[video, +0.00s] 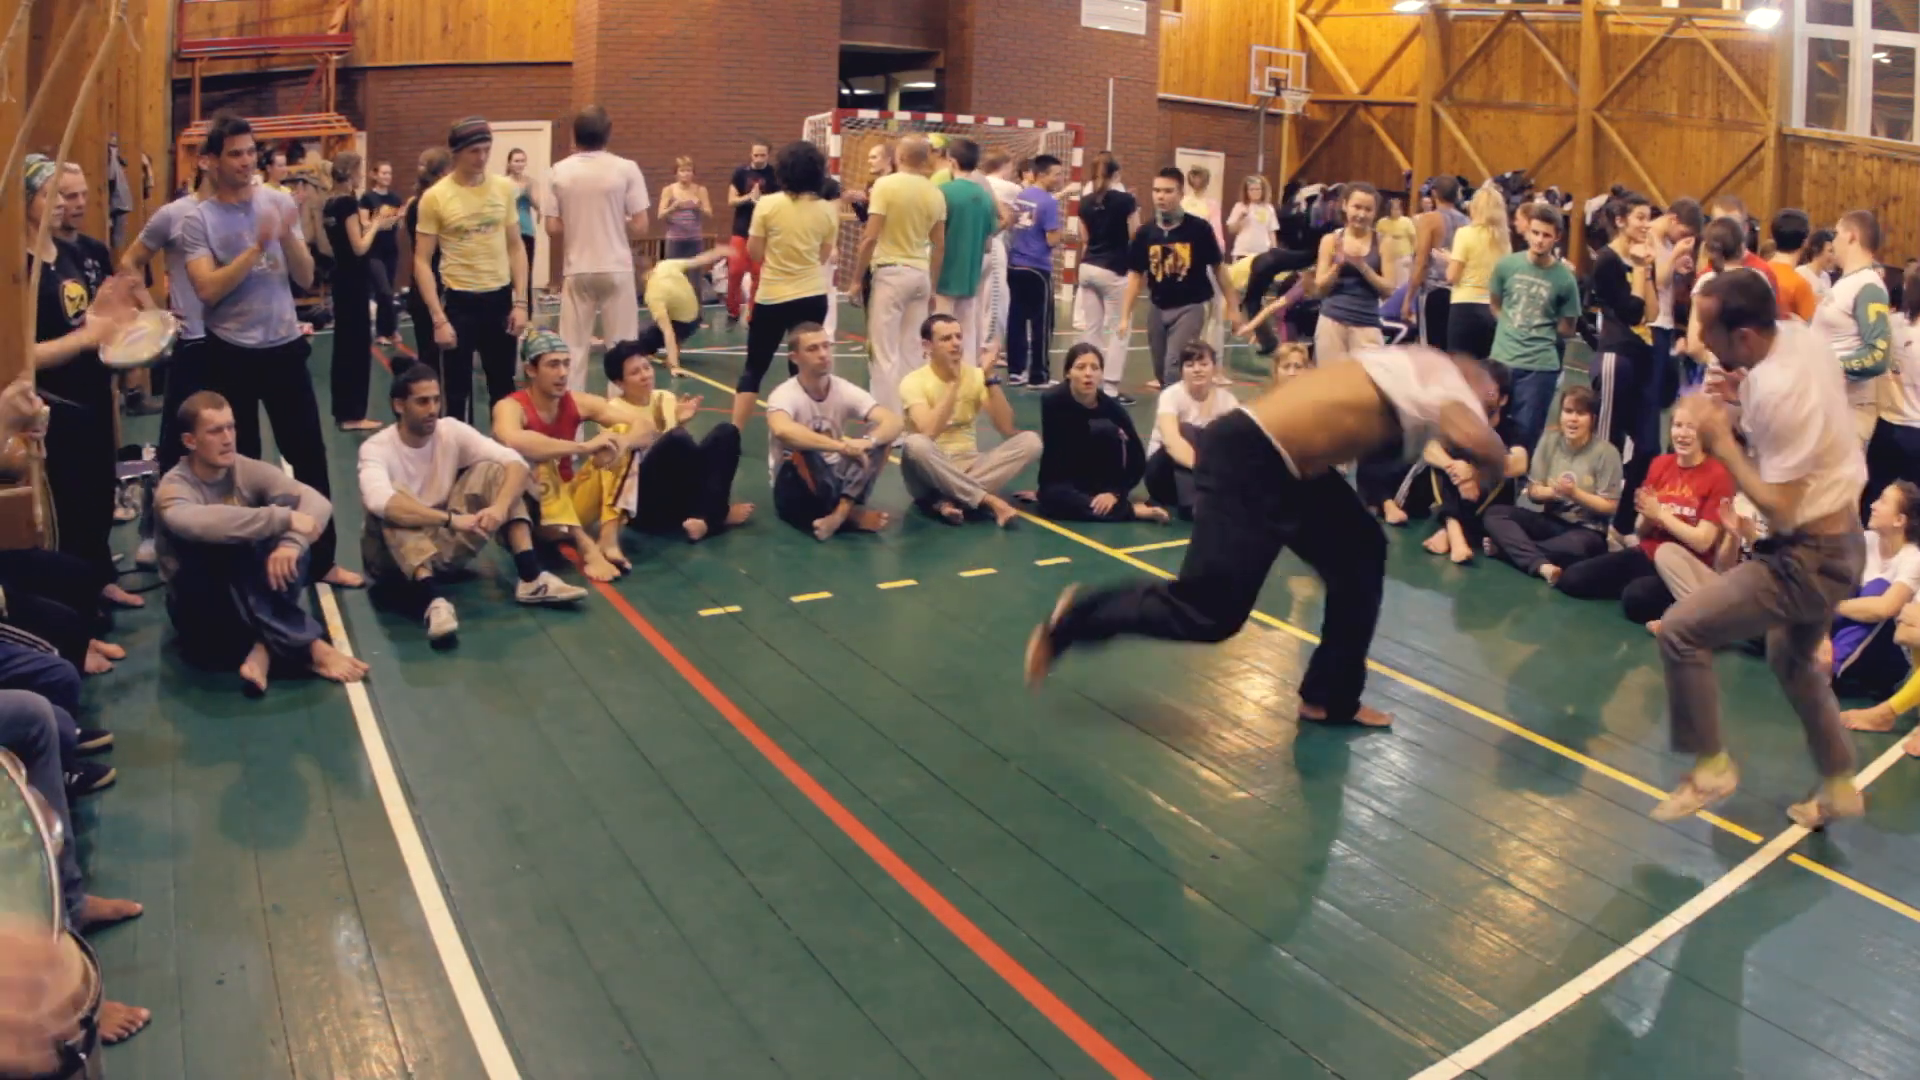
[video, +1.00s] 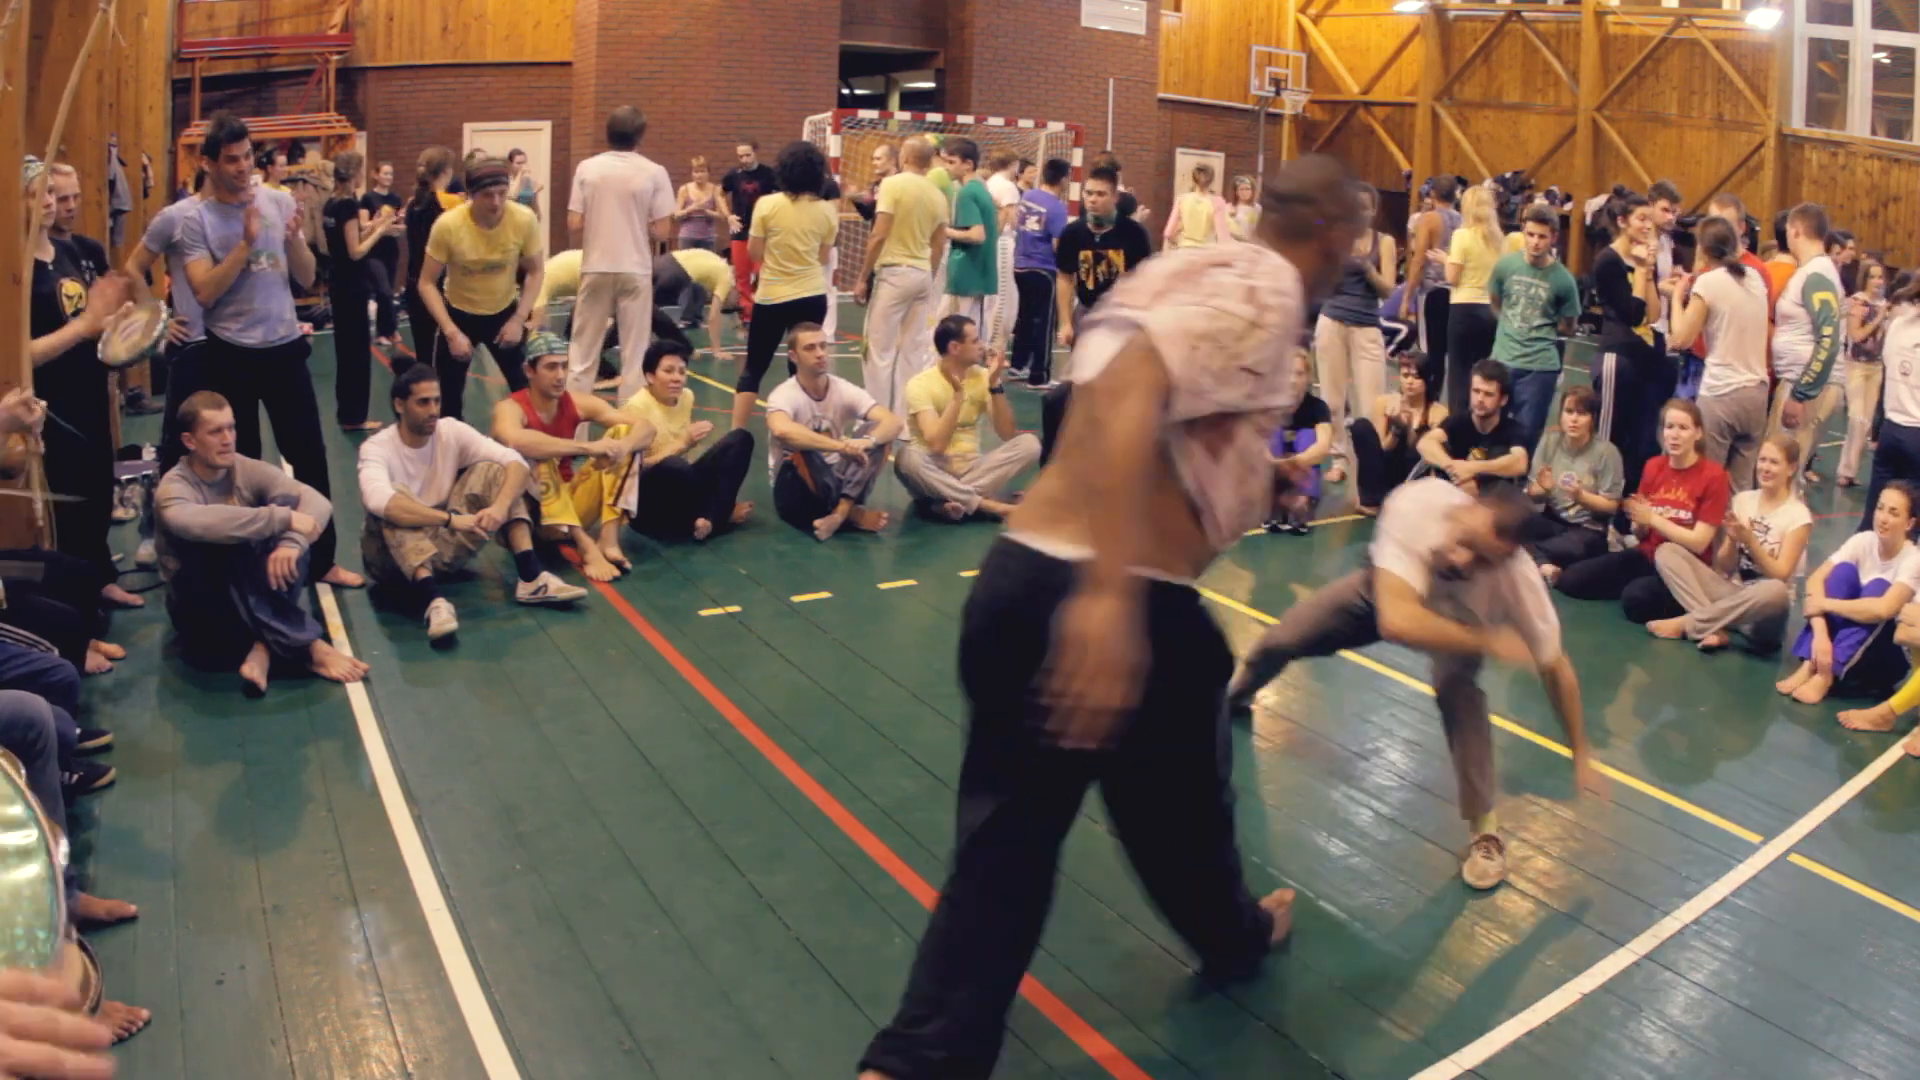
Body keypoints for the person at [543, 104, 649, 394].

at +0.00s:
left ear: (575, 135)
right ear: (608, 134)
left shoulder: (559, 172)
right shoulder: (627, 169)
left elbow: (553, 227)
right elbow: (641, 227)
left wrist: (579, 227)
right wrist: (614, 227)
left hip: (578, 266)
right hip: (616, 265)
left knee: (574, 349)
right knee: (622, 349)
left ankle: (570, 418)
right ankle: (621, 421)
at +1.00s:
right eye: (641, 133)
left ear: (608, 134)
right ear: (639, 136)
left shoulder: (587, 168)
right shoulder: (654, 172)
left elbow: (574, 223)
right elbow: (662, 231)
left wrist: (598, 221)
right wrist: (638, 223)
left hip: (596, 267)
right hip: (635, 269)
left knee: (584, 349)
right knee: (634, 351)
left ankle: (574, 421)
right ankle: (630, 423)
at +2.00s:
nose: (603, 134)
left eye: (601, 128)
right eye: (599, 129)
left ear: (567, 140)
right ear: (590, 135)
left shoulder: (553, 174)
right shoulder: (609, 164)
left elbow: (550, 231)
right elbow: (624, 217)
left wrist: (573, 236)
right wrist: (612, 240)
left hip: (568, 264)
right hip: (603, 261)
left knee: (570, 341)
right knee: (620, 339)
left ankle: (568, 402)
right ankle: (619, 405)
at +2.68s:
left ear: (611, 135)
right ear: (644, 136)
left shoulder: (594, 170)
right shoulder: (661, 172)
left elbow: (582, 224)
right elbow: (670, 229)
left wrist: (609, 217)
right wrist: (643, 221)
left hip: (602, 270)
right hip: (643, 270)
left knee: (592, 354)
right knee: (643, 355)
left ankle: (584, 437)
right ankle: (639, 435)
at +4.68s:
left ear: (607, 143)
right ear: (639, 142)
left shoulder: (591, 176)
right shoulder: (659, 174)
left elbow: (581, 229)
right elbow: (675, 228)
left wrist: (609, 228)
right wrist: (645, 228)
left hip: (608, 268)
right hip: (647, 268)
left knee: (596, 351)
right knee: (666, 344)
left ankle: (585, 425)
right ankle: (674, 416)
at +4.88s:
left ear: (635, 140)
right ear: (667, 140)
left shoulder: (619, 169)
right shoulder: (685, 171)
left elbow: (600, 218)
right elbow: (696, 228)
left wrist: (619, 248)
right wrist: (671, 246)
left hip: (633, 263)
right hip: (674, 262)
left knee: (613, 343)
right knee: (684, 342)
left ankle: (596, 420)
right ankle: (689, 415)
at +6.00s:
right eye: (658, 138)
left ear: (626, 141)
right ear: (658, 141)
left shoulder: (613, 170)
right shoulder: (675, 173)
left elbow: (586, 206)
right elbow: (684, 218)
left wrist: (582, 252)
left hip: (625, 266)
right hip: (664, 267)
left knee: (621, 346)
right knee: (676, 346)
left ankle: (619, 419)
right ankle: (686, 417)